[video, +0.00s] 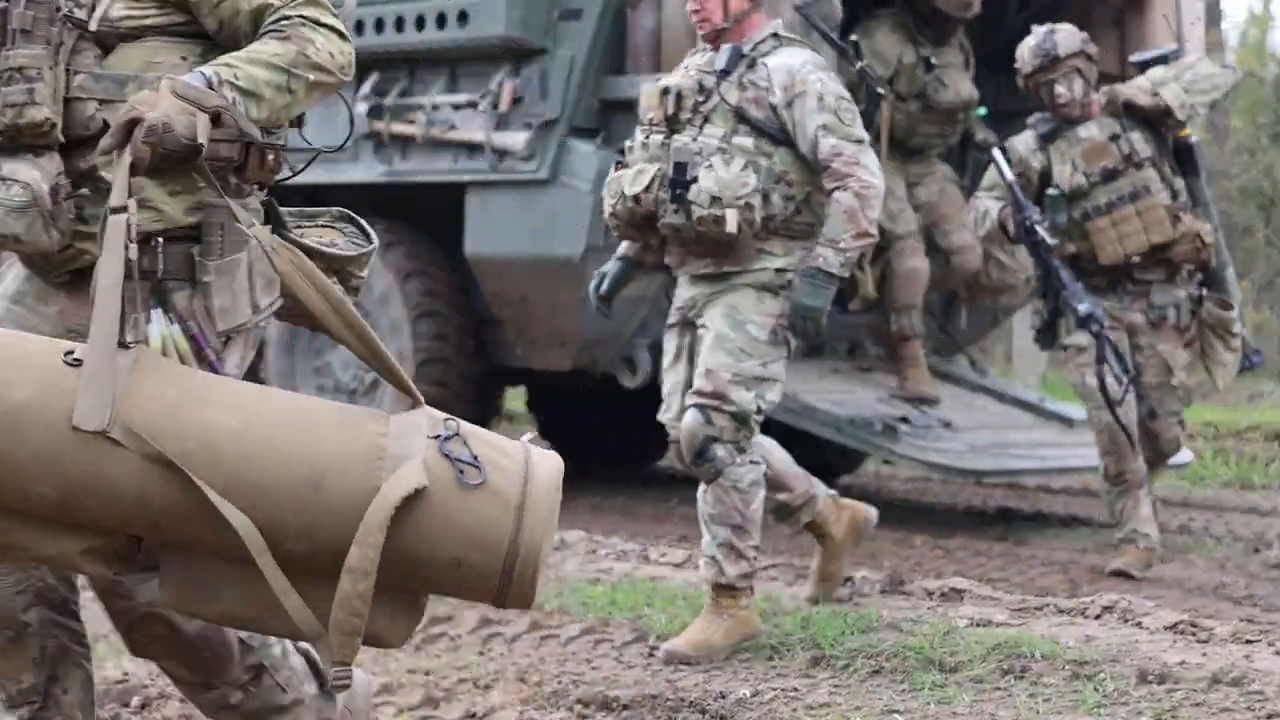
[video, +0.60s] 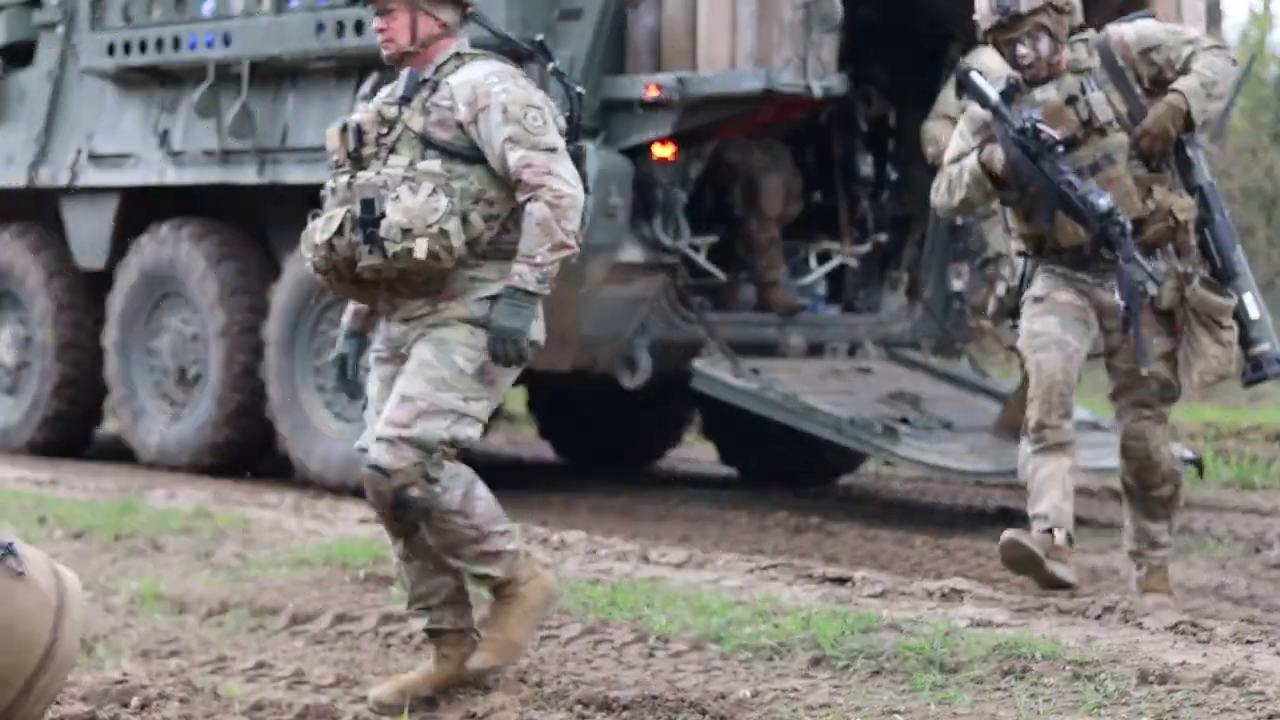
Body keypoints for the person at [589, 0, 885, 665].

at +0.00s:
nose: (698, 10)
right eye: (692, 2)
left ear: (747, 1)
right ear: (693, 9)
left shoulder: (796, 73)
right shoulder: (694, 72)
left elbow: (860, 177)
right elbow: (670, 177)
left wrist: (823, 273)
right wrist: (630, 251)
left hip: (760, 282)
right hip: (693, 281)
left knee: (719, 431)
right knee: (694, 435)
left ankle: (728, 606)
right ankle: (831, 516)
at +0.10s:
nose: (642, 5)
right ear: (653, 8)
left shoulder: (754, 66)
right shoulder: (655, 64)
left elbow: (796, 180)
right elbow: (640, 170)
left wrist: (764, 277)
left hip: (723, 278)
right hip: (652, 275)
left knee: (712, 437)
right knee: (611, 411)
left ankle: (730, 604)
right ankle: (724, 505)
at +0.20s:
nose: (594, 3)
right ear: (616, 5)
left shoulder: (704, 53)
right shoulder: (611, 57)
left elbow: (750, 163)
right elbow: (589, 146)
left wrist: (702, 254)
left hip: (696, 279)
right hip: (616, 273)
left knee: (695, 437)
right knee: (552, 403)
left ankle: (730, 606)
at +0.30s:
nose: (549, 10)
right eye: (545, 3)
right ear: (561, 12)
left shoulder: (658, 60)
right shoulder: (566, 71)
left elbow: (701, 164)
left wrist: (644, 243)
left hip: (659, 289)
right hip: (571, 291)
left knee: (680, 445)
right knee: (515, 436)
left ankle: (729, 607)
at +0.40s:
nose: (490, 20)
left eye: (501, 8)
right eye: (488, 10)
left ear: (544, 9)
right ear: (517, 17)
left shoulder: (601, 77)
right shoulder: (506, 87)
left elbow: (648, 175)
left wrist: (589, 256)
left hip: (603, 309)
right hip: (515, 311)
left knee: (640, 463)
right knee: (469, 465)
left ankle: (724, 603)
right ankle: (464, 642)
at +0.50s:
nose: (431, 26)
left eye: (442, 13)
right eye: (429, 15)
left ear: (487, 16)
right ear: (465, 24)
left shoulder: (542, 85)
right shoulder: (452, 96)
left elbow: (597, 188)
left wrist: (554, 282)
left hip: (529, 313)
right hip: (451, 314)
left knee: (540, 489)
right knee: (421, 472)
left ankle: (664, 564)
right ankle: (457, 649)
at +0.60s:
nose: (376, 21)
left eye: (389, 10)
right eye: (374, 11)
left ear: (437, 14)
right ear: (386, 17)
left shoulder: (492, 86)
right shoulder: (382, 95)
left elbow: (556, 193)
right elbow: (380, 216)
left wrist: (522, 295)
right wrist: (357, 316)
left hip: (474, 311)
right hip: (402, 312)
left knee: (401, 464)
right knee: (391, 476)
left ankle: (520, 578)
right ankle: (449, 648)